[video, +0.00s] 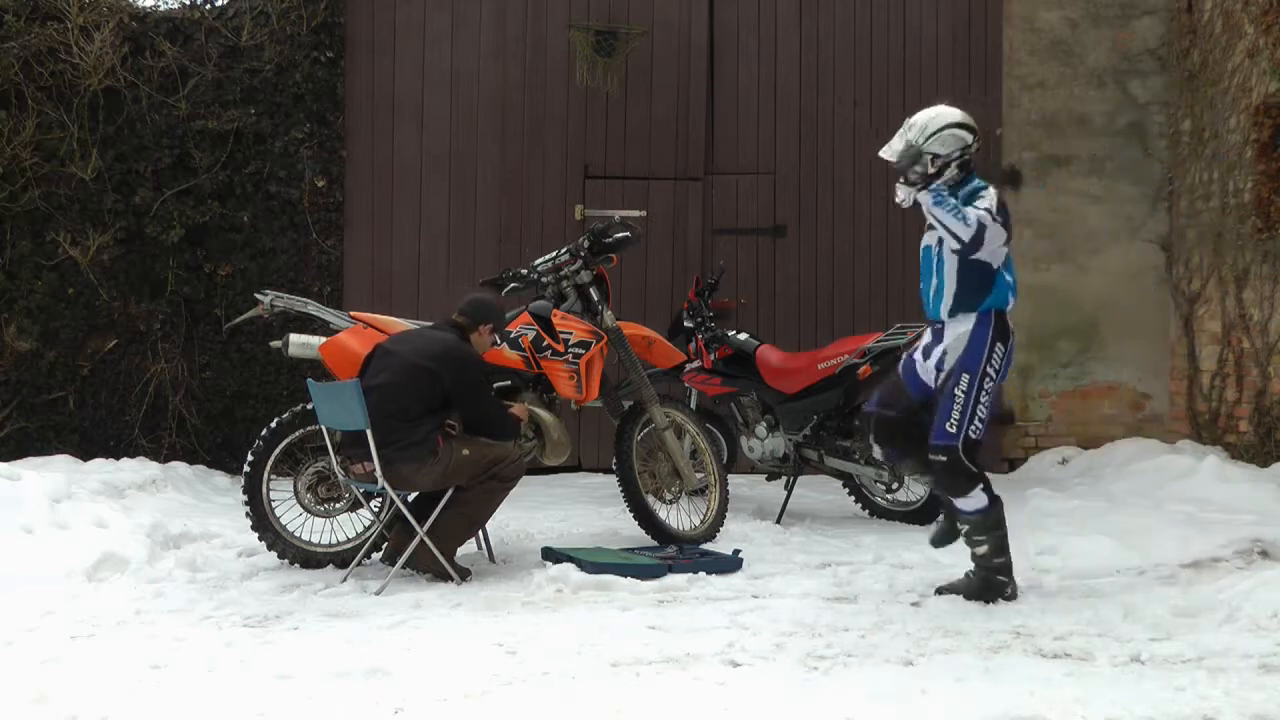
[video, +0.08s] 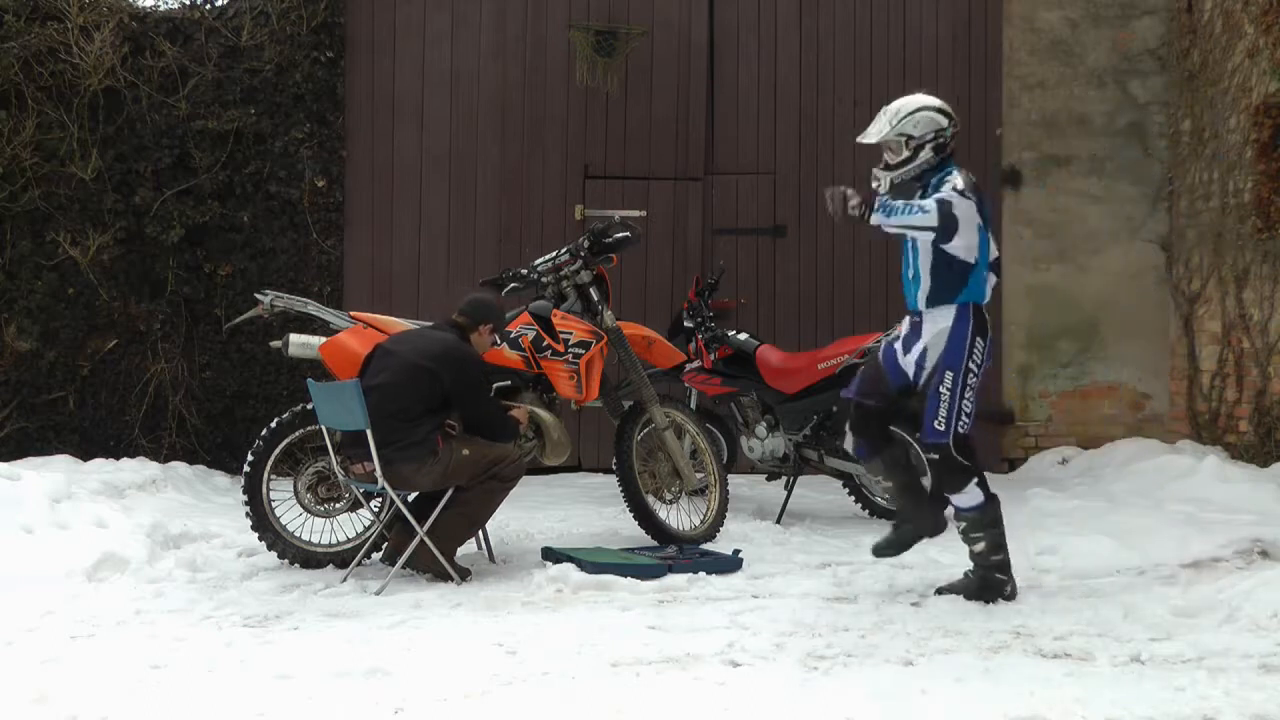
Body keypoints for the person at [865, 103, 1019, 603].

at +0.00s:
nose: (906, 174)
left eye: (913, 165)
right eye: (907, 166)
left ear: (941, 160)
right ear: (942, 161)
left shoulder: (981, 196)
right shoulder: (945, 201)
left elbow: (974, 241)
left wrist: (926, 194)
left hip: (981, 335)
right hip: (941, 331)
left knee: (949, 455)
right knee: (885, 419)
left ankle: (994, 571)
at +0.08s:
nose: (887, 157)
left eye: (895, 147)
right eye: (886, 148)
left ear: (926, 145)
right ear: (918, 148)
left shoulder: (956, 194)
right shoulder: (917, 191)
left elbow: (934, 218)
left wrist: (869, 208)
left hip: (958, 328)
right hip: (919, 323)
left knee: (943, 447)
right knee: (862, 406)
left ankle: (993, 571)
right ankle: (916, 511)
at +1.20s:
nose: (626, 158)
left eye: (631, 147)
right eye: (626, 147)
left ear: (654, 143)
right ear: (674, 145)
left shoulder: (680, 190)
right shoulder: (703, 196)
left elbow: (695, 269)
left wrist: (687, 347)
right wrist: (629, 233)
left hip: (671, 346)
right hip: (689, 348)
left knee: (601, 448)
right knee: (647, 448)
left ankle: (718, 507)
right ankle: (684, 573)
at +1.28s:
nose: (604, 156)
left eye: (609, 142)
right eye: (604, 144)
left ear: (634, 136)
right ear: (648, 137)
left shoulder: (672, 182)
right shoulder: (658, 188)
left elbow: (698, 260)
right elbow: (660, 254)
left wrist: (667, 329)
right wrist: (614, 249)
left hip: (667, 334)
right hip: (668, 334)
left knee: (568, 414)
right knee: (651, 445)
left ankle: (653, 479)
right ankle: (685, 575)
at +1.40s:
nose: (578, 137)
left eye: (582, 125)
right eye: (577, 127)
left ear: (609, 119)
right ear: (618, 119)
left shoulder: (660, 166)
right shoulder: (616, 176)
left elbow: (692, 237)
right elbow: (596, 205)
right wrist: (547, 208)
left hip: (647, 309)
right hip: (627, 308)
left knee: (552, 411)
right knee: (652, 436)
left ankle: (610, 544)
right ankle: (687, 569)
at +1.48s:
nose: (562, 137)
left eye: (567, 126)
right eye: (561, 128)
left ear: (597, 122)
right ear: (600, 123)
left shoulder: (648, 171)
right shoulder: (602, 182)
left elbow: (654, 230)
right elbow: (575, 245)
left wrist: (607, 179)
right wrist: (534, 277)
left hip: (626, 317)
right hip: (604, 316)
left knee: (559, 439)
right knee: (618, 447)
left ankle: (603, 585)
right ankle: (681, 561)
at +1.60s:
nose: (535, 158)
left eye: (541, 147)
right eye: (535, 149)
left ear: (575, 140)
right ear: (569, 147)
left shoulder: (617, 183)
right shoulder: (577, 196)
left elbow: (582, 214)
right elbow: (573, 260)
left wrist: (561, 145)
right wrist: (539, 271)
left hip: (606, 327)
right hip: (582, 325)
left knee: (549, 451)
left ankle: (603, 586)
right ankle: (631, 511)